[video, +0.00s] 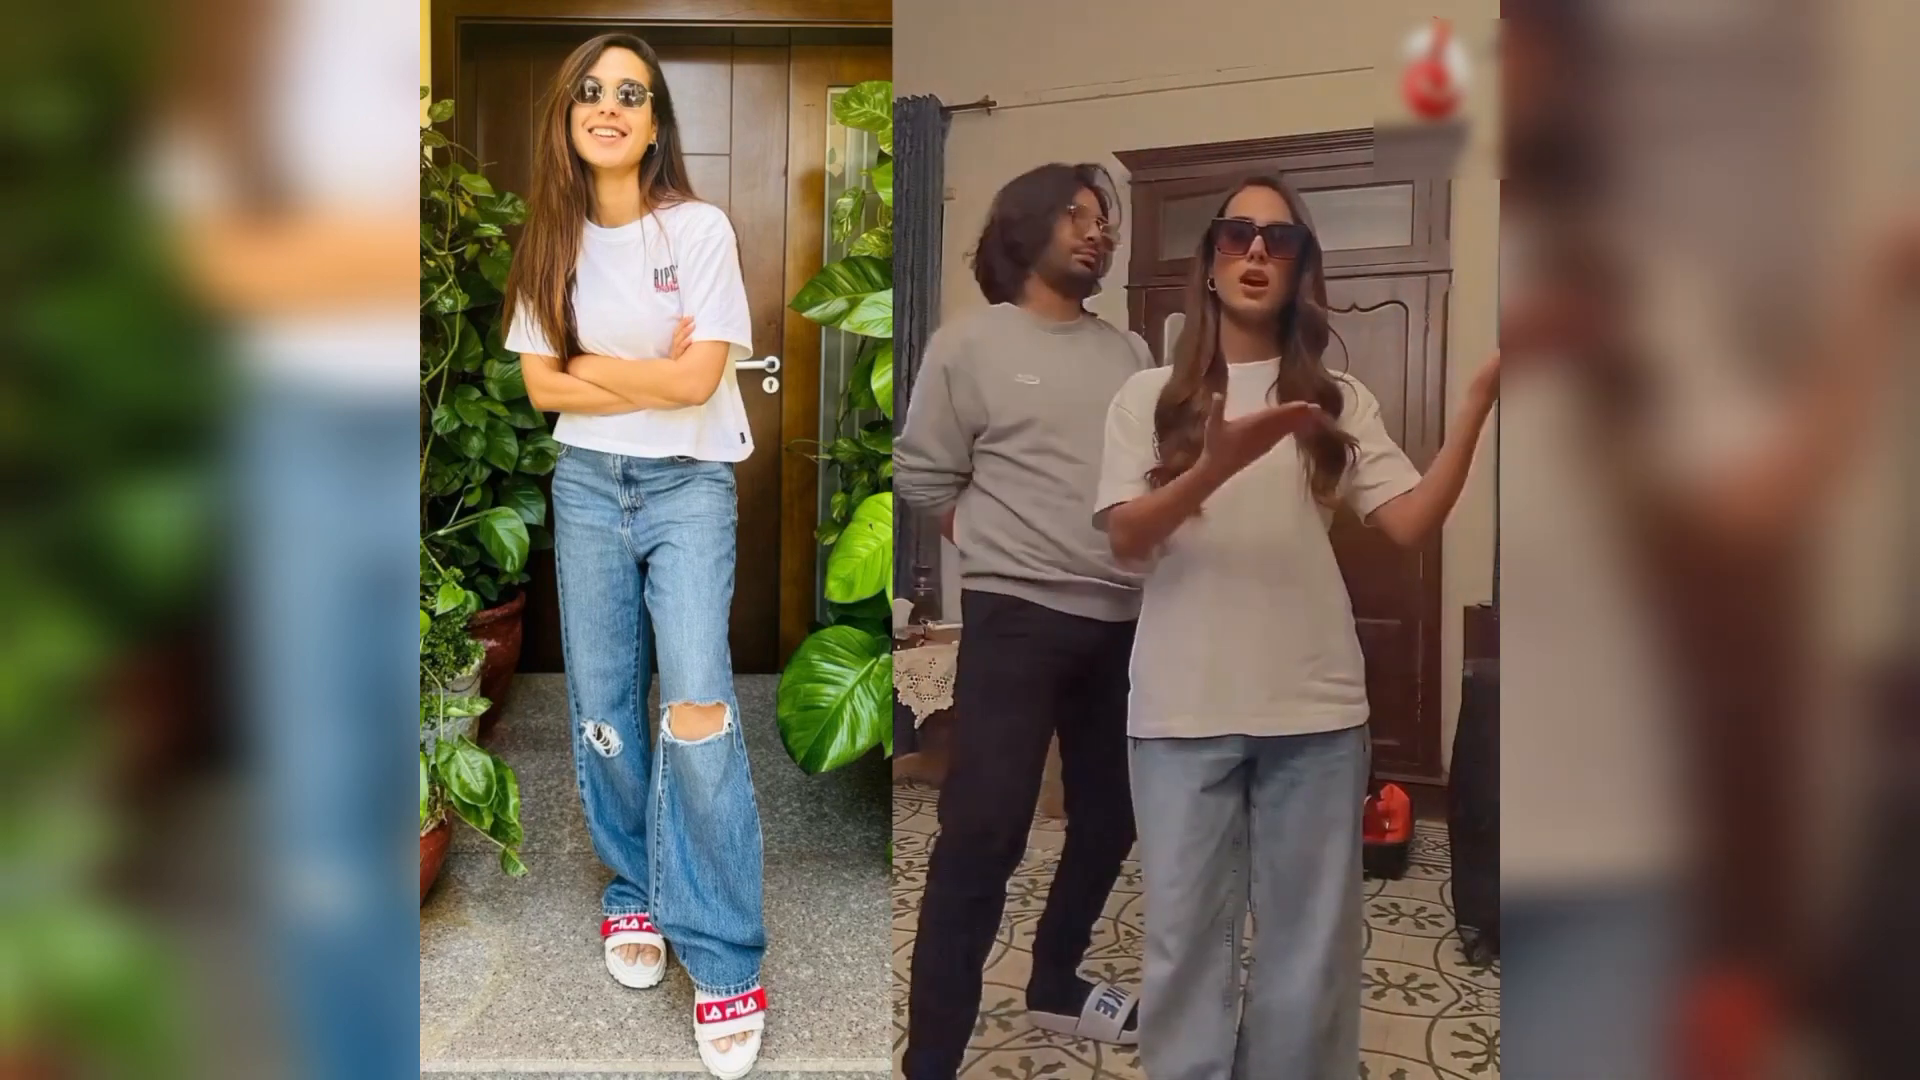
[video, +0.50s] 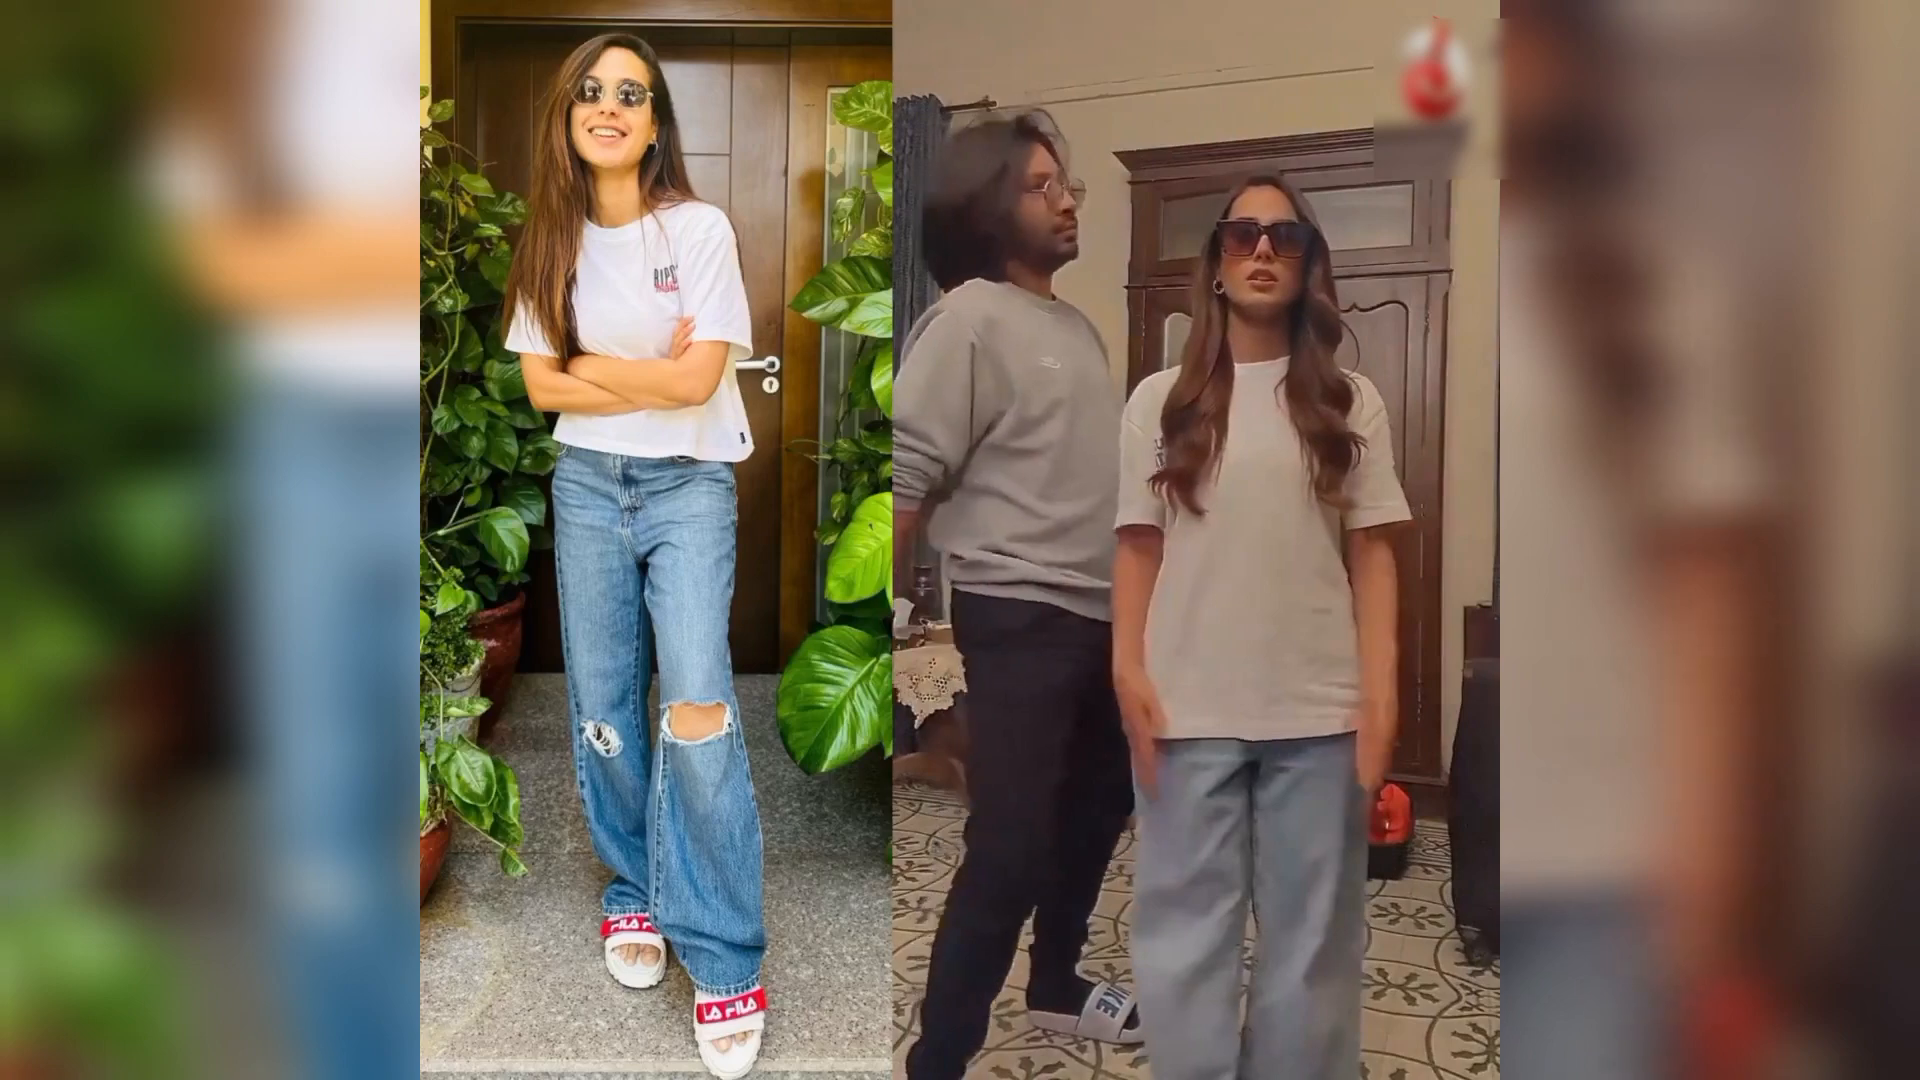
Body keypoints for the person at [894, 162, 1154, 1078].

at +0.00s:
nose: (1101, 231)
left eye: (1104, 219)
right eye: (1081, 216)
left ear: (1103, 241)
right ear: (1028, 232)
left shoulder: (1127, 350)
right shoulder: (967, 344)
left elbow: (1149, 480)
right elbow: (920, 484)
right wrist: (1006, 522)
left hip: (1117, 619)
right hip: (1012, 616)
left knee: (1107, 820)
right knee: (985, 829)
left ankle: (1054, 991)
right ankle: (933, 1058)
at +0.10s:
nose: (1093, 224)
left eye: (1097, 212)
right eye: (1073, 209)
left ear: (1096, 236)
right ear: (1022, 225)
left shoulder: (1115, 349)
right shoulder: (962, 343)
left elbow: (1136, 480)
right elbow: (921, 489)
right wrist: (1011, 537)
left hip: (1113, 622)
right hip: (1010, 618)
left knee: (1107, 821)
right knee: (980, 837)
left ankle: (1055, 990)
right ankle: (931, 1059)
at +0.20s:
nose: (1085, 206)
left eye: (1085, 193)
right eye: (1063, 192)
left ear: (1084, 218)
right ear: (1011, 213)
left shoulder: (1112, 339)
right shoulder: (963, 331)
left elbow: (1126, 469)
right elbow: (921, 479)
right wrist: (1017, 527)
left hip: (1109, 621)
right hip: (1011, 617)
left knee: (1099, 815)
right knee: (985, 838)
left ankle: (1055, 989)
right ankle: (931, 1063)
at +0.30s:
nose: (1073, 185)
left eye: (1073, 172)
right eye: (1048, 173)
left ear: (1080, 199)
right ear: (999, 200)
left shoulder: (1107, 330)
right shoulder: (967, 318)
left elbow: (1109, 471)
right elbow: (916, 473)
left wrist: (1002, 521)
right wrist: (1003, 542)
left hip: (1106, 614)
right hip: (1007, 608)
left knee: (1090, 811)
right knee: (985, 834)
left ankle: (1055, 989)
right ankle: (932, 1061)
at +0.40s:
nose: (1067, 183)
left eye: (1066, 168)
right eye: (1039, 171)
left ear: (1072, 189)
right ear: (990, 198)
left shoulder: (1090, 323)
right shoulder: (966, 314)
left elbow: (1107, 469)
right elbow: (913, 472)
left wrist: (1129, 590)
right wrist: (910, 606)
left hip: (1099, 606)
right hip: (1007, 605)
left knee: (1084, 811)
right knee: (996, 833)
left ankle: (1056, 990)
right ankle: (935, 1060)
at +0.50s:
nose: (1067, 202)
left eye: (1063, 184)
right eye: (1042, 188)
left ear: (1057, 198)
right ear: (989, 208)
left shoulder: (1077, 325)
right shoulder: (963, 318)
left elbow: (1088, 475)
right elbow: (906, 481)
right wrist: (884, 607)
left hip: (1096, 602)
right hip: (1010, 604)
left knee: (1095, 814)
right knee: (1009, 851)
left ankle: (1056, 992)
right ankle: (937, 1062)